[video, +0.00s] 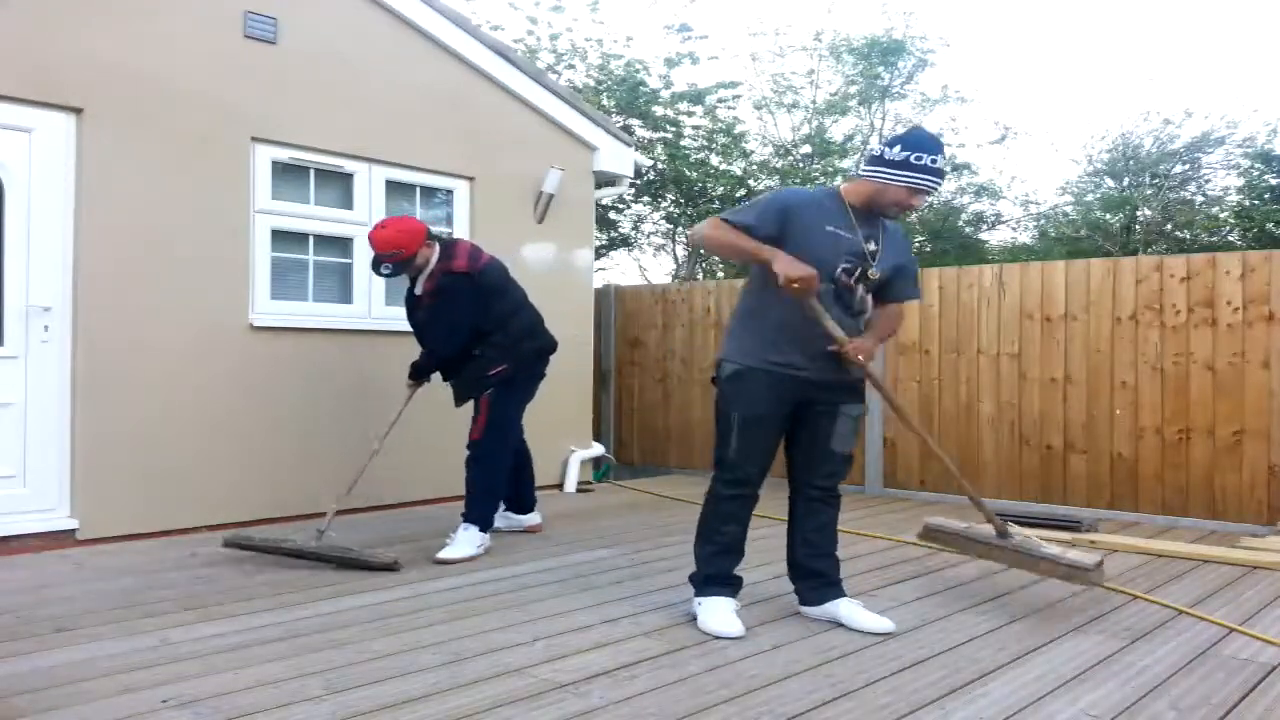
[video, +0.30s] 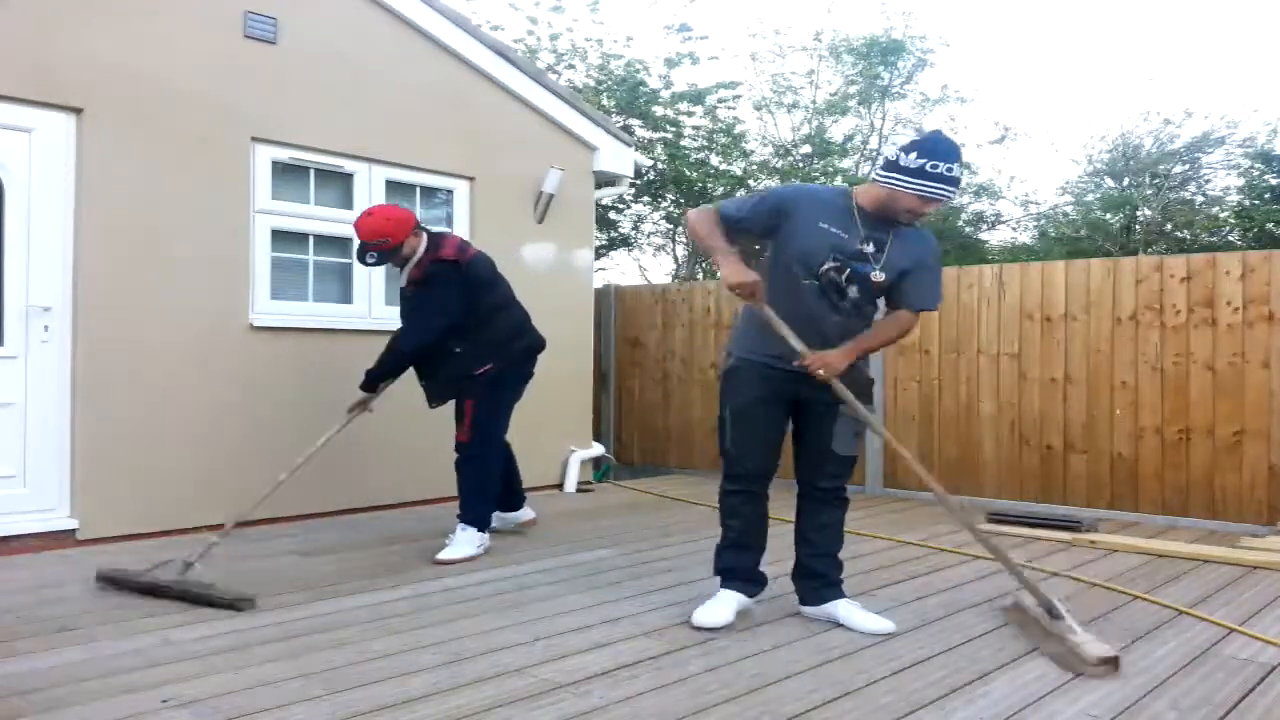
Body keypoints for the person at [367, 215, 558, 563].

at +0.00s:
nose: (399, 272)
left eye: (401, 265)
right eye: (395, 267)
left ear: (421, 250)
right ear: (424, 247)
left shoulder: (456, 277)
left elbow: (451, 341)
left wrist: (423, 367)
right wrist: (430, 360)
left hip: (512, 356)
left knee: (485, 440)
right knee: (505, 432)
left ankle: (475, 529)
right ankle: (521, 510)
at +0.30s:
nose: (388, 263)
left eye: (390, 255)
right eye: (384, 258)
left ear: (410, 240)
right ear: (411, 238)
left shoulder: (439, 272)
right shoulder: (436, 254)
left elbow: (416, 336)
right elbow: (421, 329)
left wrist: (373, 382)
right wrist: (384, 376)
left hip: (496, 356)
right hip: (494, 352)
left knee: (473, 441)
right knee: (485, 434)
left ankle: (473, 530)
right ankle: (511, 507)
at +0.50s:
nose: (382, 254)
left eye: (383, 246)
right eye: (377, 248)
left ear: (404, 230)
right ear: (405, 229)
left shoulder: (435, 263)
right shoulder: (429, 250)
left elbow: (409, 324)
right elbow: (414, 319)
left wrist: (366, 366)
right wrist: (375, 362)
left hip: (494, 358)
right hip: (466, 360)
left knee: (474, 440)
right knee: (453, 439)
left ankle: (474, 528)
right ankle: (480, 511)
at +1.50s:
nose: (338, 259)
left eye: (341, 252)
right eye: (334, 253)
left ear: (362, 237)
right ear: (362, 235)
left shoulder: (398, 269)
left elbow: (390, 341)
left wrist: (341, 368)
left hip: (455, 356)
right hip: (433, 356)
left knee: (429, 446)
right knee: (441, 440)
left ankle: (417, 540)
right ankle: (457, 521)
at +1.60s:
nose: (335, 256)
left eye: (338, 248)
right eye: (331, 250)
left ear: (361, 232)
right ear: (356, 232)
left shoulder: (397, 266)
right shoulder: (366, 252)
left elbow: (379, 339)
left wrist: (326, 369)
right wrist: (357, 325)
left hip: (454, 354)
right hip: (426, 354)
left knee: (424, 444)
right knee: (433, 439)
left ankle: (417, 541)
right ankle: (455, 519)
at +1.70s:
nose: (334, 252)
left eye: (337, 243)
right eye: (329, 246)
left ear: (359, 228)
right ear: (356, 226)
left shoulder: (396, 263)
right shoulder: (367, 244)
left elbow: (373, 334)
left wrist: (318, 362)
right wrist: (347, 295)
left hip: (449, 357)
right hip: (413, 357)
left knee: (423, 445)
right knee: (415, 442)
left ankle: (416, 541)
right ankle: (452, 516)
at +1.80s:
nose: (331, 246)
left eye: (334, 238)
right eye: (326, 240)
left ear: (357, 221)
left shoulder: (395, 255)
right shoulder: (365, 237)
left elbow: (368, 325)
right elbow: (366, 274)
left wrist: (298, 349)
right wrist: (329, 271)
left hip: (438, 359)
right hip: (396, 360)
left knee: (418, 444)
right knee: (375, 438)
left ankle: (418, 539)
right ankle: (432, 508)